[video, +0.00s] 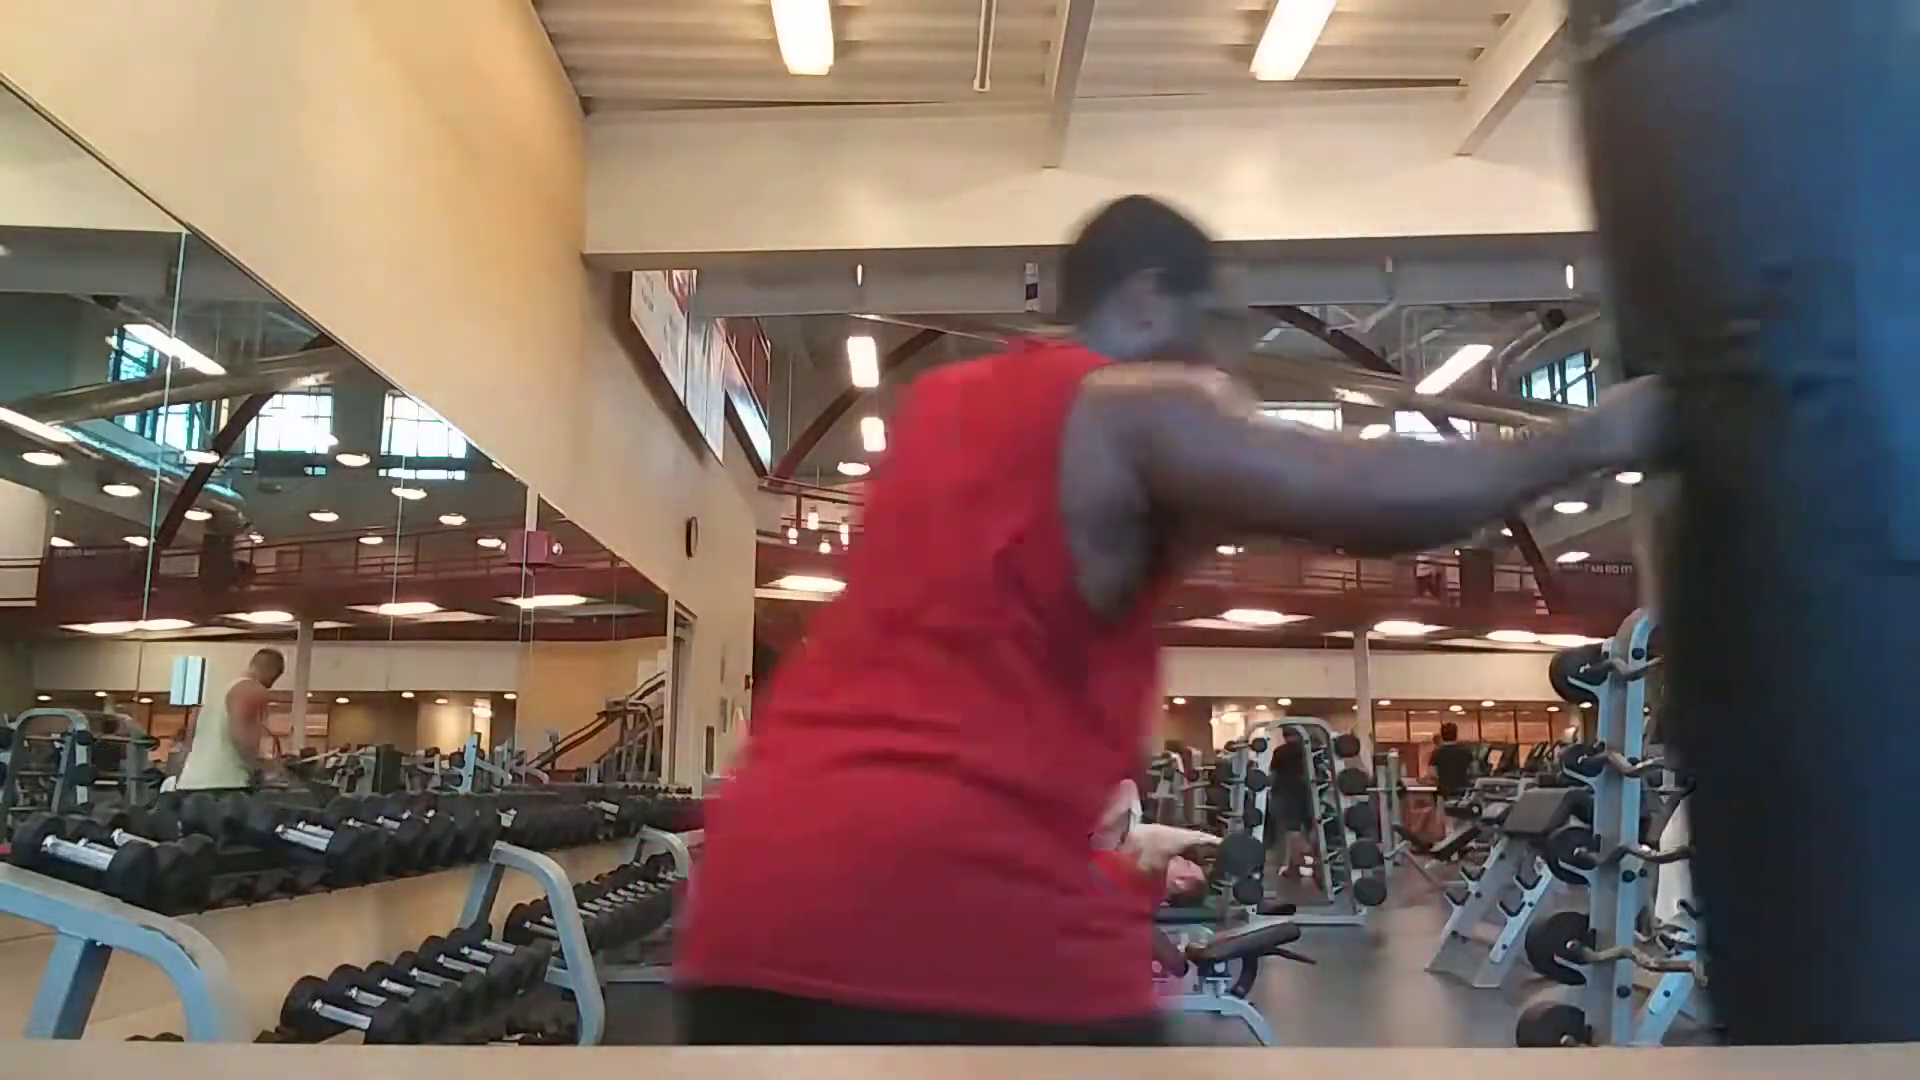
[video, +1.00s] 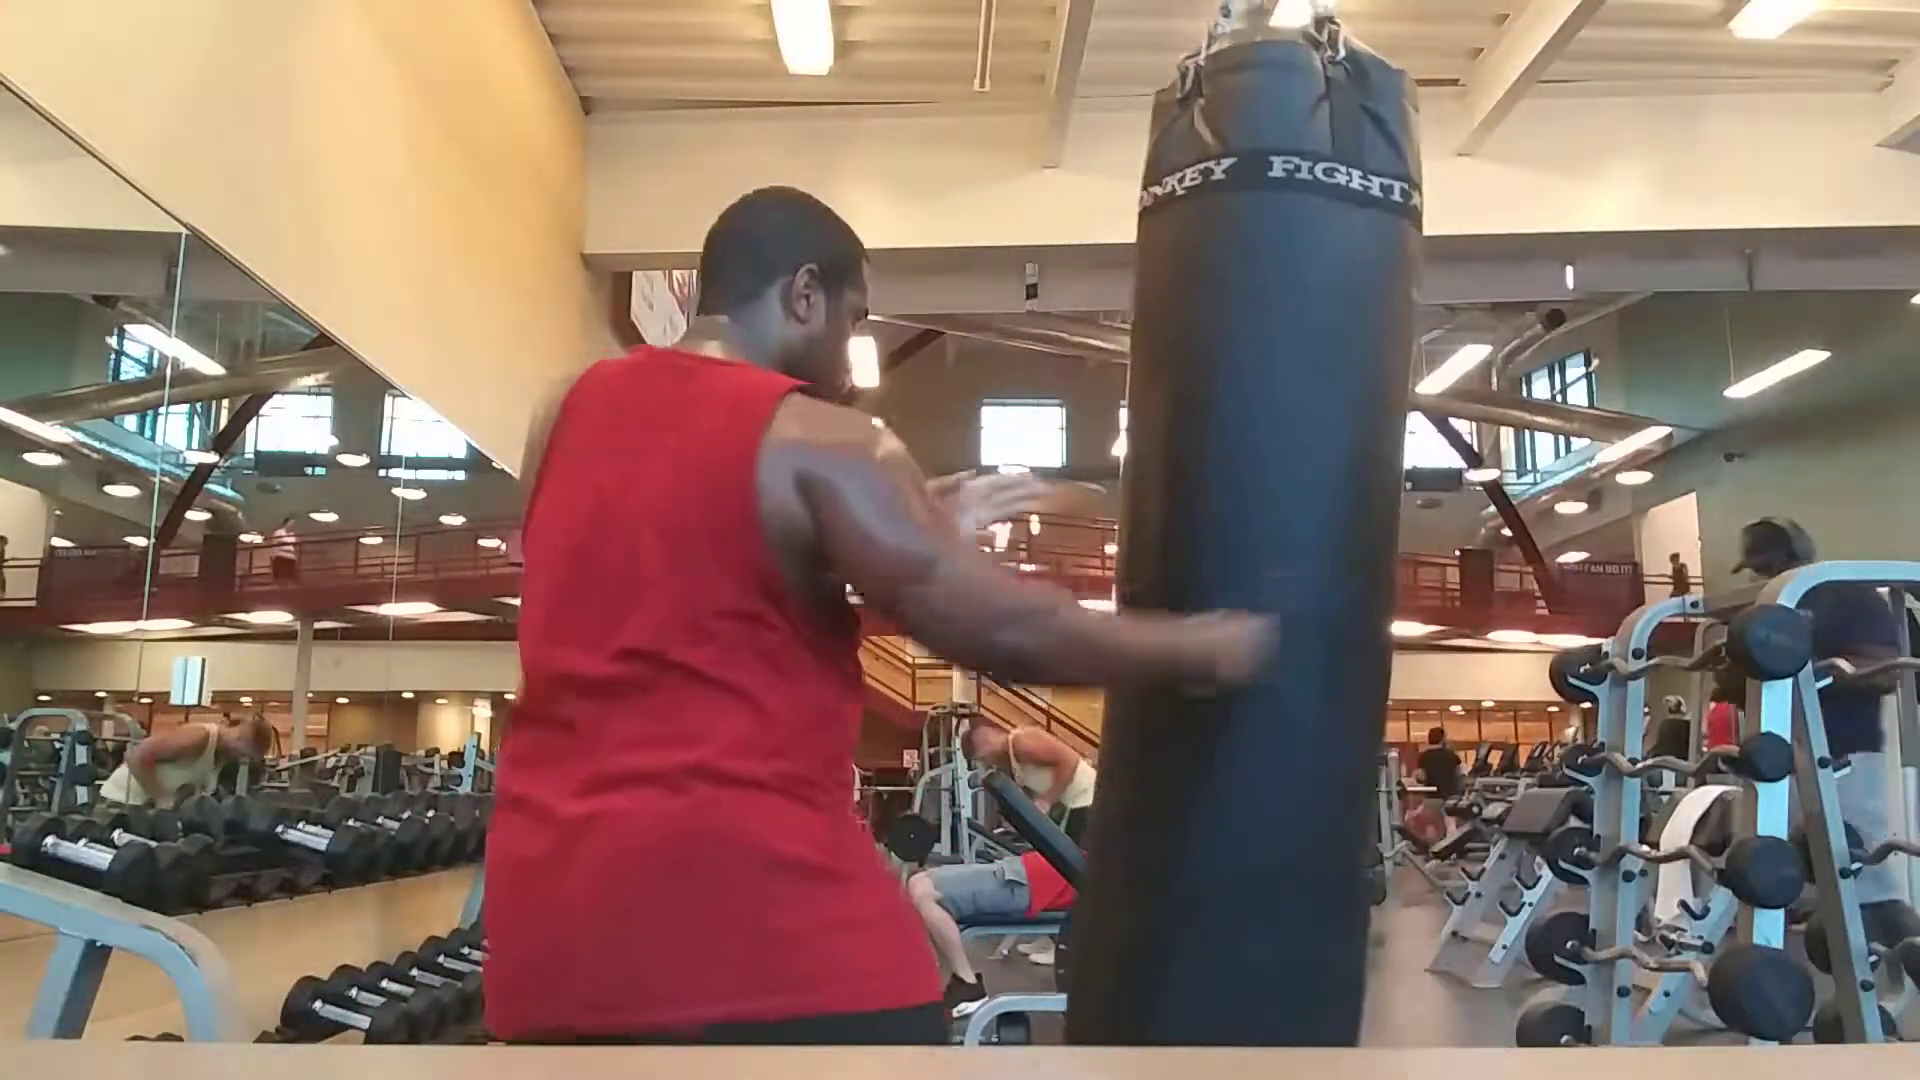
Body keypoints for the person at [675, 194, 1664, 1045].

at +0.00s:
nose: (1206, 354)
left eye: (1207, 336)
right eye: (1205, 327)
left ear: (1063, 295)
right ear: (1158, 302)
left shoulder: (924, 403)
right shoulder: (1123, 407)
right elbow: (1385, 501)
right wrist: (1597, 437)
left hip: (750, 914)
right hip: (962, 919)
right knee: (1226, 1043)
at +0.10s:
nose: (1104, 344)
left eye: (1105, 319)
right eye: (1095, 311)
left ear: (964, 290)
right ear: (1034, 286)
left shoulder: (811, 407)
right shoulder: (1011, 418)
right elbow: (1269, 531)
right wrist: (1511, 476)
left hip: (659, 872)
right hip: (852, 886)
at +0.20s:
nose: (1019, 326)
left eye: (1024, 303)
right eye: (1014, 297)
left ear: (871, 274)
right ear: (943, 271)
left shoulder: (732, 393)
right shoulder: (933, 399)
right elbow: (1162, 535)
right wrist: (1394, 530)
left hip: (603, 888)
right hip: (806, 881)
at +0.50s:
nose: (970, 348)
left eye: (975, 322)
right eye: (967, 315)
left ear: (830, 283)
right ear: (900, 287)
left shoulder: (652, 401)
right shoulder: (877, 424)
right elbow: (1135, 546)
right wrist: (1291, 488)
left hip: (538, 895)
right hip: (751, 894)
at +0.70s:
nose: (966, 397)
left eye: (970, 367)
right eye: (961, 360)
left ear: (874, 340)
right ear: (890, 338)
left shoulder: (684, 442)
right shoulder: (832, 466)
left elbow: (873, 622)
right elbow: (1051, 606)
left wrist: (1031, 558)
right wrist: (1166, 549)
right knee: (926, 1059)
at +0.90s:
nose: (879, 380)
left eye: (888, 348)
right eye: (879, 340)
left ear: (732, 314)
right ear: (818, 313)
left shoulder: (604, 429)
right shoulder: (803, 454)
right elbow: (983, 661)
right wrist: (1160, 648)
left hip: (555, 897)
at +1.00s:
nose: (851, 351)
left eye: (856, 325)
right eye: (853, 320)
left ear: (706, 293)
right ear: (805, 294)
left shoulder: (566, 410)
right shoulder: (820, 437)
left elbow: (706, 536)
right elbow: (1001, 630)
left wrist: (906, 515)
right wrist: (1200, 645)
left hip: (547, 900)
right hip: (758, 886)